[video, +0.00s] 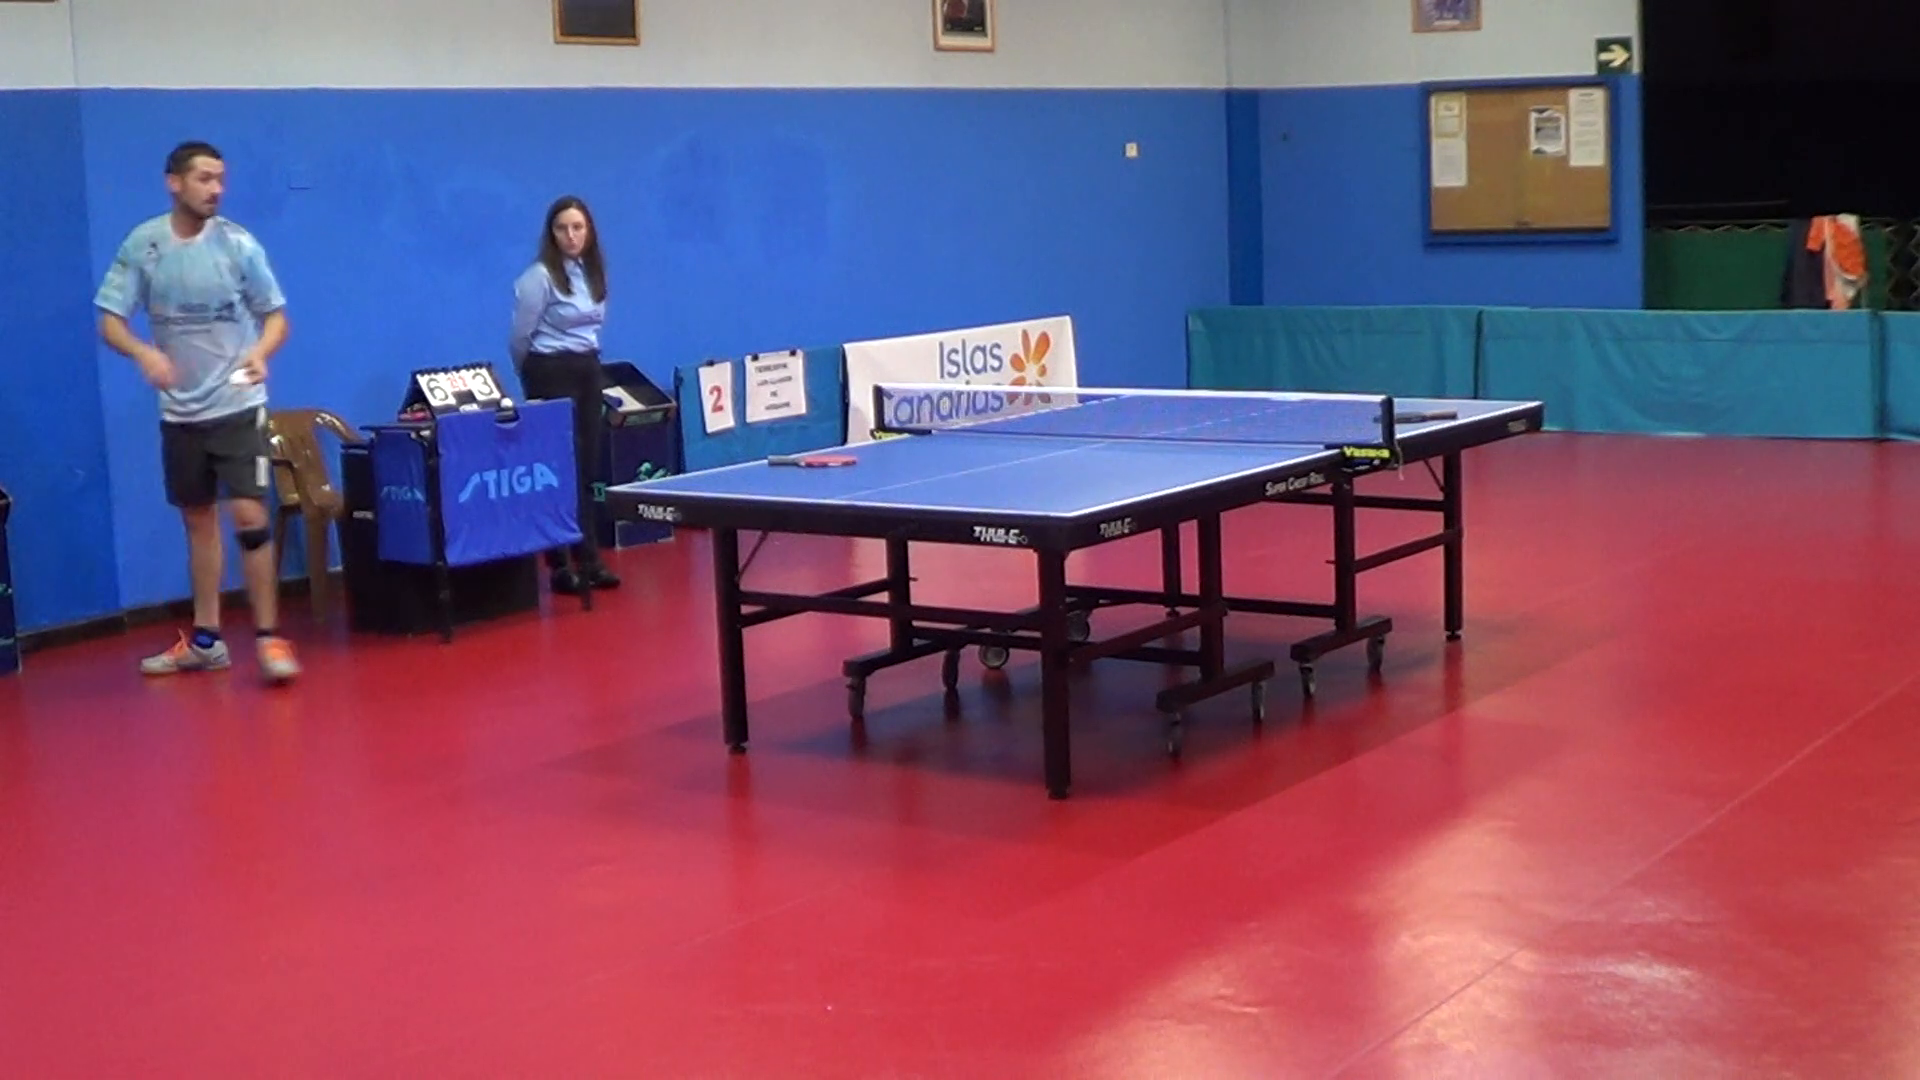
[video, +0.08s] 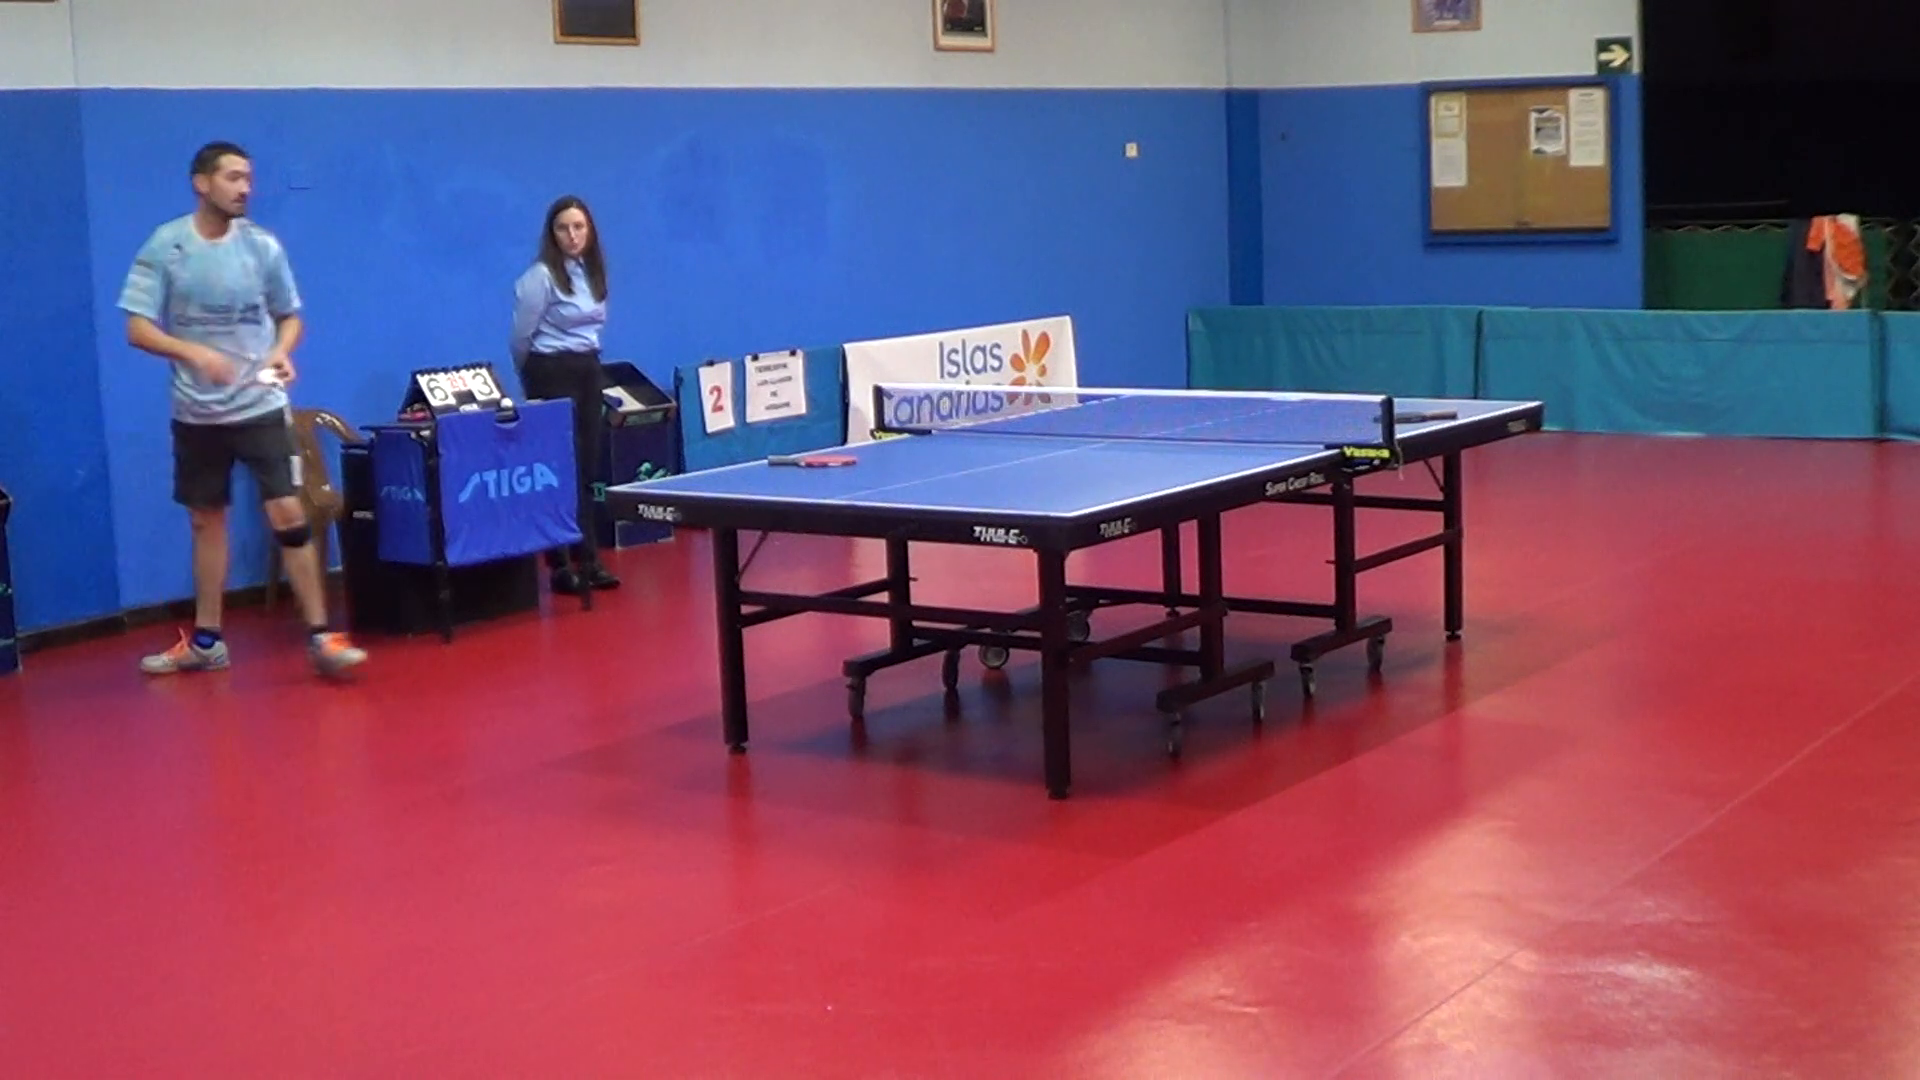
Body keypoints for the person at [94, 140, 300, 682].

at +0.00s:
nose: (215, 188)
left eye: (220, 179)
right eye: (204, 178)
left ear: (222, 185)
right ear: (174, 183)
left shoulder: (239, 244)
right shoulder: (143, 244)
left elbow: (277, 318)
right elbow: (108, 321)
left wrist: (259, 352)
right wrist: (145, 355)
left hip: (239, 403)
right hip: (180, 410)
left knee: (250, 518)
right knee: (198, 521)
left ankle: (269, 639)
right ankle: (206, 639)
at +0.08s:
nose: (244, 187)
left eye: (247, 178)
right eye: (232, 177)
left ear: (248, 186)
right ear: (201, 183)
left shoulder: (265, 247)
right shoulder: (165, 245)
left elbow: (291, 317)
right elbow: (138, 329)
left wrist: (282, 351)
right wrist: (199, 355)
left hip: (262, 407)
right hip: (198, 414)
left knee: (291, 517)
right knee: (207, 520)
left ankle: (322, 636)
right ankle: (208, 639)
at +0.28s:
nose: (319, 186)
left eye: (320, 177)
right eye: (307, 176)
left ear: (318, 185)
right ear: (274, 183)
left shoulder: (327, 245)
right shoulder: (237, 247)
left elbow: (345, 316)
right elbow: (209, 335)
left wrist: (339, 353)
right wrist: (286, 361)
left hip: (327, 414)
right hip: (258, 422)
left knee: (354, 519)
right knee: (234, 528)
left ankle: (359, 643)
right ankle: (217, 639)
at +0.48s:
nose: (363, 172)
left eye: (364, 163)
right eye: (351, 164)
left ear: (357, 170)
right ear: (318, 171)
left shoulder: (371, 229)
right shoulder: (283, 235)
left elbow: (391, 302)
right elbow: (257, 325)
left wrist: (392, 341)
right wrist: (341, 349)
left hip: (367, 404)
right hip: (307, 405)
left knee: (364, 522)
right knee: (307, 523)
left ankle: (361, 643)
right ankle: (305, 645)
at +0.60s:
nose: (384, 172)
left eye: (384, 162)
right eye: (371, 164)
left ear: (380, 169)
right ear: (339, 173)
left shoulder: (392, 229)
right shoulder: (307, 237)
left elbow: (413, 301)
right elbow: (282, 329)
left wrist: (421, 341)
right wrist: (371, 347)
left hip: (390, 401)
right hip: (337, 403)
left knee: (372, 522)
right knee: (365, 520)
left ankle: (360, 641)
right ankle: (376, 652)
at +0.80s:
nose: (416, 180)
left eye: (417, 170)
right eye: (404, 172)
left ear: (414, 177)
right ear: (371, 182)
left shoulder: (426, 238)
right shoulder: (344, 250)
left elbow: (444, 311)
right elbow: (325, 344)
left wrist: (457, 344)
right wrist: (413, 357)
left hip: (428, 411)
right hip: (381, 417)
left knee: (388, 531)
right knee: (424, 532)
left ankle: (360, 639)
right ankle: (468, 662)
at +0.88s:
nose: (429, 176)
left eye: (430, 166)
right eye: (417, 168)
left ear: (428, 173)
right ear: (384, 179)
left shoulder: (439, 234)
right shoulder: (359, 248)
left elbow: (458, 308)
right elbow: (340, 346)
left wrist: (471, 340)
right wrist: (429, 358)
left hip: (449, 408)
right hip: (401, 415)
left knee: (418, 536)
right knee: (435, 535)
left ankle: (367, 626)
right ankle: (474, 669)